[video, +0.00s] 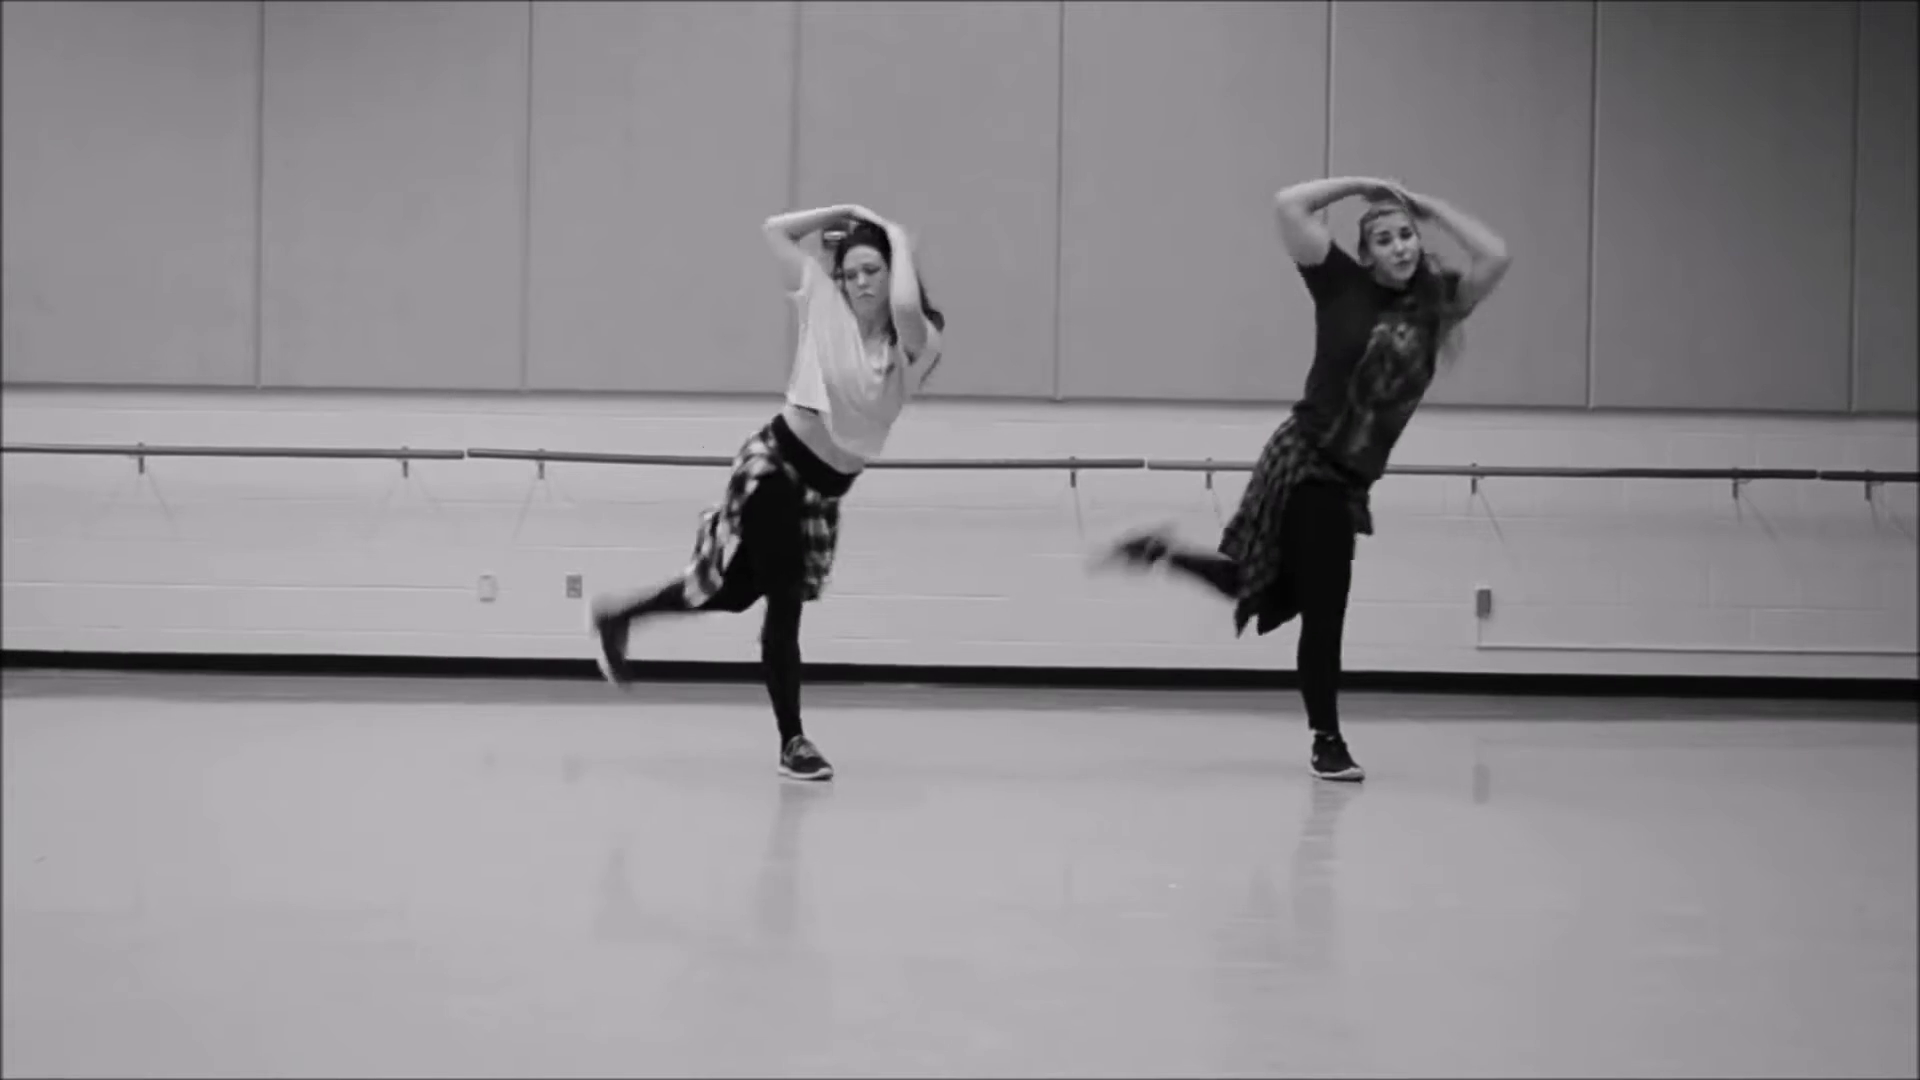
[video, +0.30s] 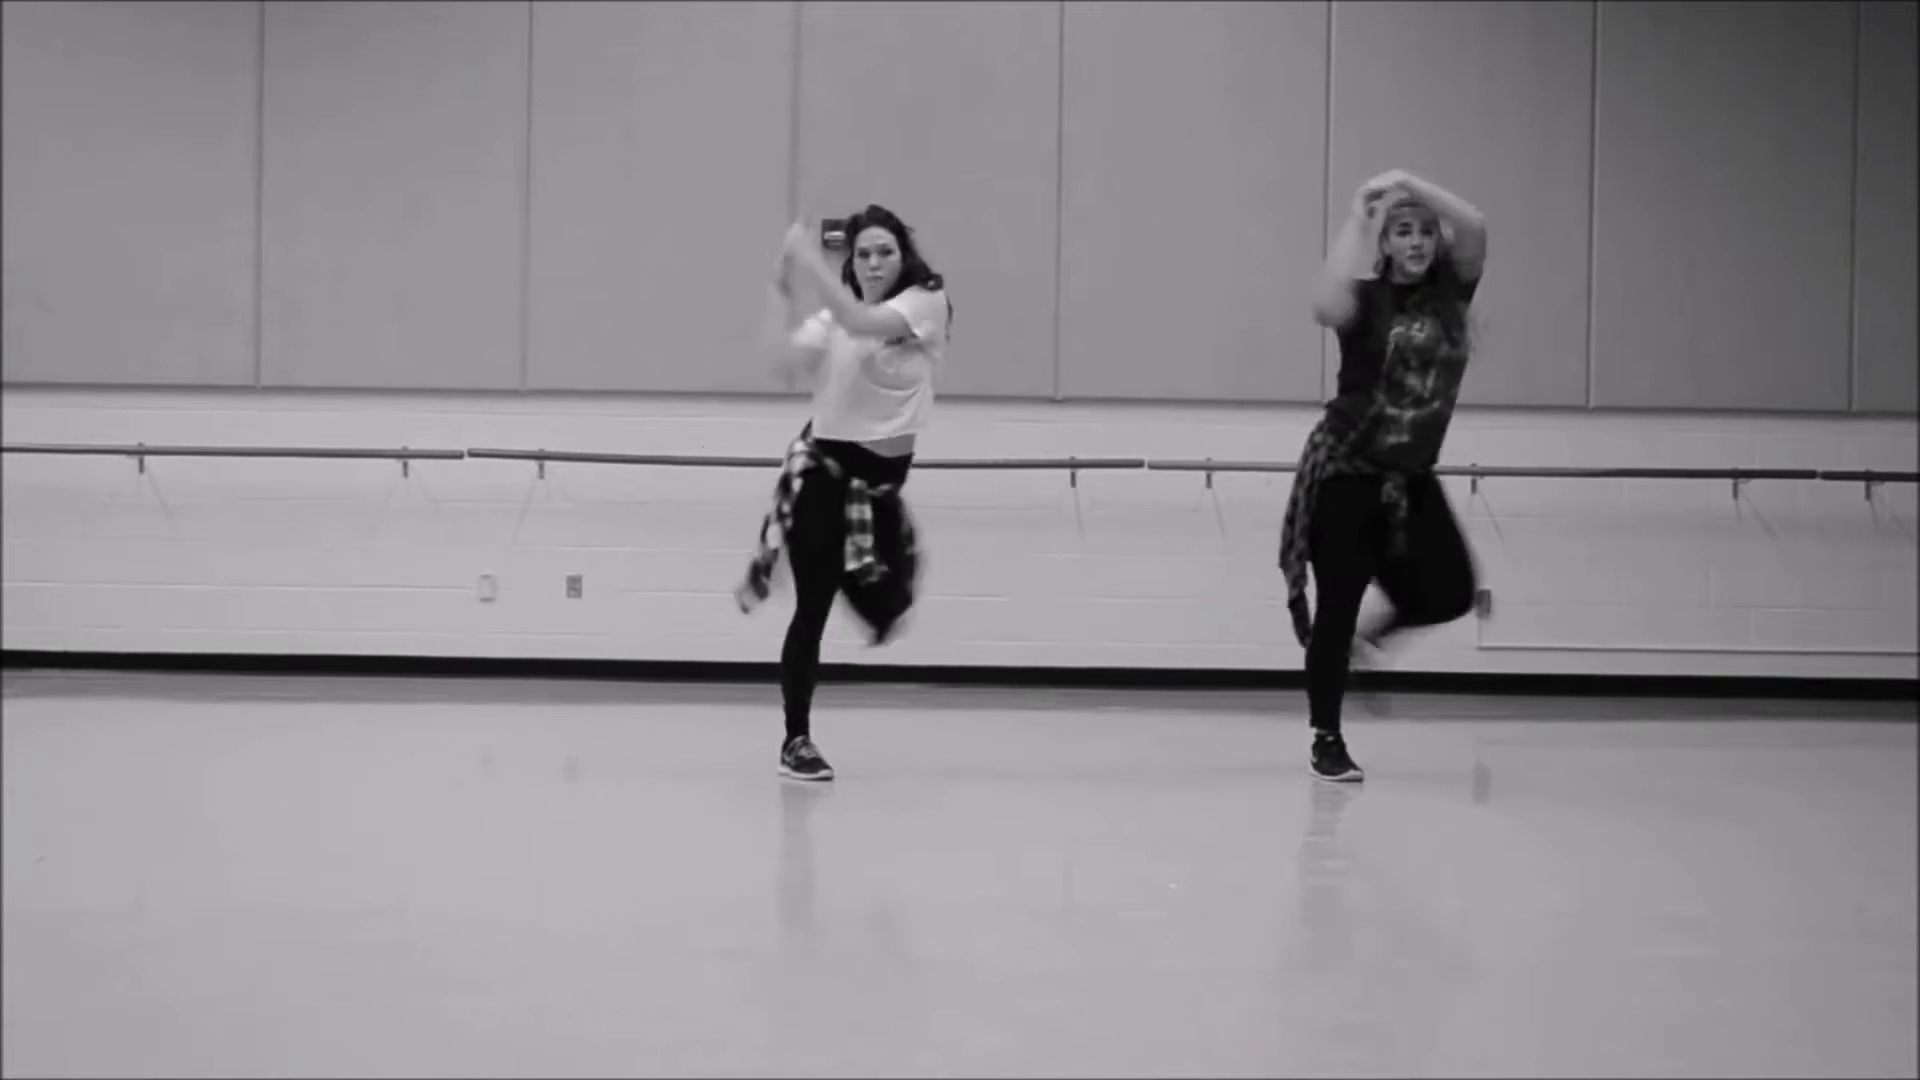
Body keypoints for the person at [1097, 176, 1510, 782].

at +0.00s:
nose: (1399, 248)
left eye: (1407, 235)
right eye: (1384, 240)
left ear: (1421, 243)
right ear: (1365, 252)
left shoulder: (1438, 302)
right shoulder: (1342, 286)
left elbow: (1494, 258)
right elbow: (1288, 205)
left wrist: (1430, 207)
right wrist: (1362, 184)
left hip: (1350, 479)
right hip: (1307, 464)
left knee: (1269, 591)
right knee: (1326, 608)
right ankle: (1327, 741)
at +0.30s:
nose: (1414, 241)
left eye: (1423, 229)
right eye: (1401, 231)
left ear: (1438, 239)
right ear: (1382, 243)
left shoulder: (1450, 293)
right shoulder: (1365, 297)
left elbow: (1473, 227)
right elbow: (1330, 301)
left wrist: (1411, 183)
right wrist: (1359, 222)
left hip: (1411, 475)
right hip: (1348, 471)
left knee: (1445, 595)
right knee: (1338, 608)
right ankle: (1326, 737)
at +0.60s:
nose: (1464, 241)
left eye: (1473, 232)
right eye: (1451, 233)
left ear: (1488, 245)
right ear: (1431, 249)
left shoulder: (1523, 314)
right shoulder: (1413, 322)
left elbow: (1580, 387)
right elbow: (1343, 385)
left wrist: (1513, 412)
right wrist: (1421, 405)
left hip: (1500, 493)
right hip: (1419, 494)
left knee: (1546, 621)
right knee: (1382, 618)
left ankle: (1594, 740)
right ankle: (1331, 738)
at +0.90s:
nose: (1518, 259)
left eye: (1529, 253)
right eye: (1506, 250)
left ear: (1539, 270)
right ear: (1483, 265)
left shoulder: (1568, 324)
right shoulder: (1463, 330)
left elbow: (1639, 360)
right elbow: (1396, 326)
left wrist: (1561, 389)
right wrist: (1474, 355)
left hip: (1540, 507)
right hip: (1454, 503)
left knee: (1596, 634)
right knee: (1396, 616)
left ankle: (1597, 748)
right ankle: (1328, 737)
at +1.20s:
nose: (1538, 270)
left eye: (1550, 264)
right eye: (1527, 259)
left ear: (1559, 279)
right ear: (1502, 271)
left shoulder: (1578, 339)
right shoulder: (1473, 346)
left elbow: (1656, 343)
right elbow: (1511, 414)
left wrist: (1585, 315)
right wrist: (1548, 347)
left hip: (1542, 509)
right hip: (1459, 501)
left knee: (1590, 621)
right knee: (1399, 614)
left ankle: (1597, 747)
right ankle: (1328, 738)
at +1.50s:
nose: (1550, 272)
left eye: (1560, 266)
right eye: (1538, 262)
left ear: (1569, 280)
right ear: (1513, 273)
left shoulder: (1591, 342)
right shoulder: (1487, 334)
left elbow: (1682, 373)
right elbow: (1456, 368)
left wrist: (1627, 395)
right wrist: (1542, 382)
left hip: (1544, 510)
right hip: (1461, 501)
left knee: (1594, 623)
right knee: (1398, 617)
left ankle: (1597, 747)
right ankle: (1330, 737)